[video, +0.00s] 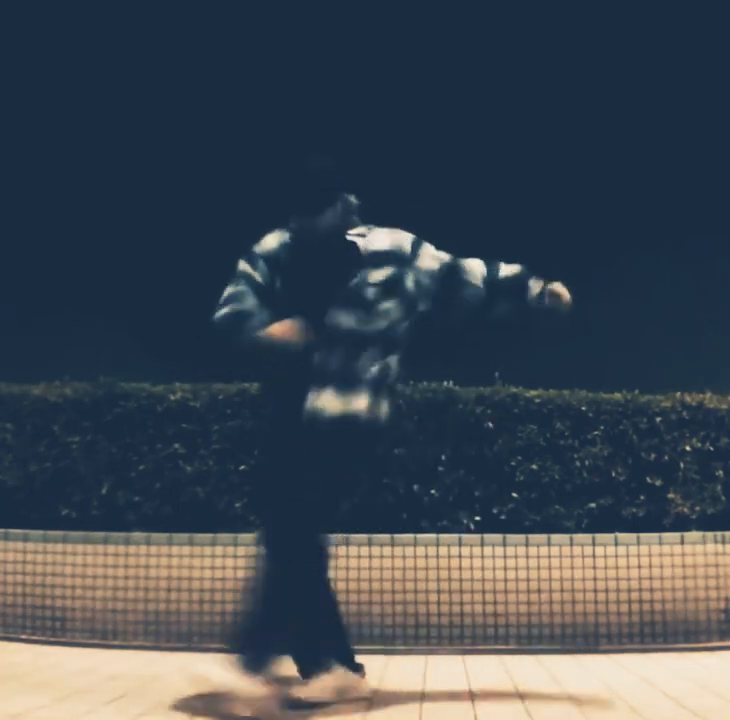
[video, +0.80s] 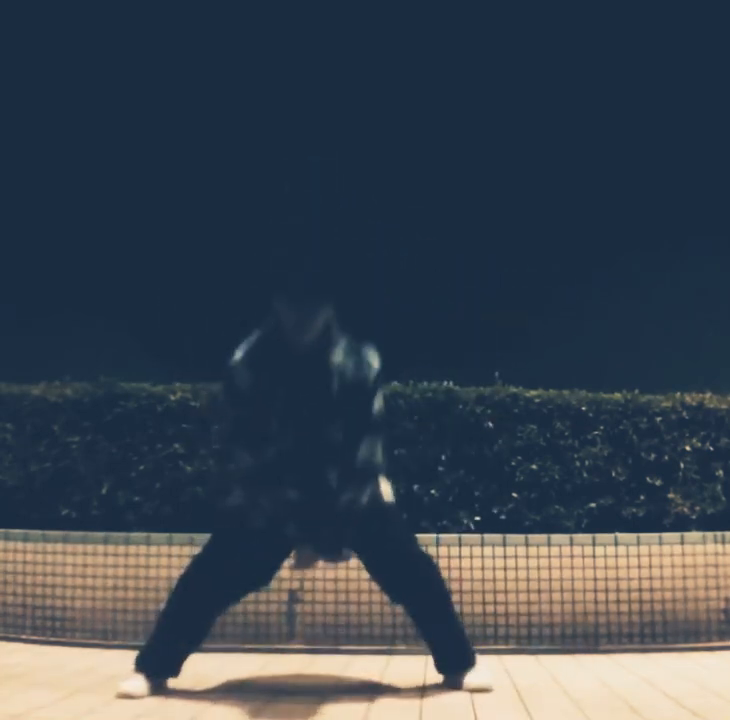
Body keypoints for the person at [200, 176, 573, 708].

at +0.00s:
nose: (314, 229)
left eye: (322, 217)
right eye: (305, 221)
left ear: (344, 210)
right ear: (295, 218)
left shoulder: (395, 252)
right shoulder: (278, 253)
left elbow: (470, 278)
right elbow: (231, 309)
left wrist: (535, 290)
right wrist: (264, 328)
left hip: (357, 423)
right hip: (292, 419)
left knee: (298, 533)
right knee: (295, 535)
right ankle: (332, 666)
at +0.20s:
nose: (301, 219)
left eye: (311, 207)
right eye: (292, 208)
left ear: (333, 209)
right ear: (277, 211)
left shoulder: (370, 260)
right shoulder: (257, 264)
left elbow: (432, 302)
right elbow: (236, 326)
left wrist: (479, 321)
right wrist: (307, 306)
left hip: (333, 428)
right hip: (258, 425)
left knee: (254, 537)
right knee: (256, 540)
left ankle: (185, 668)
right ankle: (322, 664)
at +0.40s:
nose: (313, 207)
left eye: (323, 196)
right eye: (303, 196)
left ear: (339, 200)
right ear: (285, 198)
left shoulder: (359, 251)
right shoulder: (252, 250)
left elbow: (380, 291)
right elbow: (177, 293)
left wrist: (305, 289)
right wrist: (212, 335)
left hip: (343, 422)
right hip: (271, 421)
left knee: (352, 547)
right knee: (276, 551)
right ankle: (278, 669)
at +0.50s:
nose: (314, 216)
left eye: (324, 205)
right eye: (304, 205)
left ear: (340, 207)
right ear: (286, 205)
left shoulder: (364, 265)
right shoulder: (248, 262)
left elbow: (353, 341)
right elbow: (192, 324)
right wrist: (228, 369)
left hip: (340, 424)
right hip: (261, 423)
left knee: (390, 525)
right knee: (231, 518)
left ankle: (406, 655)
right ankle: (243, 643)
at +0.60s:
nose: (299, 277)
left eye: (308, 266)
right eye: (289, 267)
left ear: (323, 268)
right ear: (270, 269)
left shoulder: (348, 321)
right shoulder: (242, 323)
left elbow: (355, 405)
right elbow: (238, 417)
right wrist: (281, 494)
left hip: (340, 466)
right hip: (268, 468)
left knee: (405, 530)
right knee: (212, 550)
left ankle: (456, 642)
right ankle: (150, 658)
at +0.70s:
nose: (292, 327)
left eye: (301, 317)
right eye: (283, 316)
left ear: (320, 315)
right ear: (268, 315)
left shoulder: (351, 367)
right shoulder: (244, 365)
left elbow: (362, 456)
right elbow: (234, 448)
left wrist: (328, 528)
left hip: (340, 500)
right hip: (268, 501)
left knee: (404, 564)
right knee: (207, 572)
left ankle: (460, 655)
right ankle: (150, 668)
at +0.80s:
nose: (302, 323)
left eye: (312, 312)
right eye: (293, 312)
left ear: (329, 311)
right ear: (277, 311)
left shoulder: (357, 362)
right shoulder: (250, 362)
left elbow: (366, 455)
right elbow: (242, 452)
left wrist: (332, 529)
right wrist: (289, 523)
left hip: (348, 500)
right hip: (271, 499)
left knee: (414, 576)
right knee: (206, 579)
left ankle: (460, 667)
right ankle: (151, 671)